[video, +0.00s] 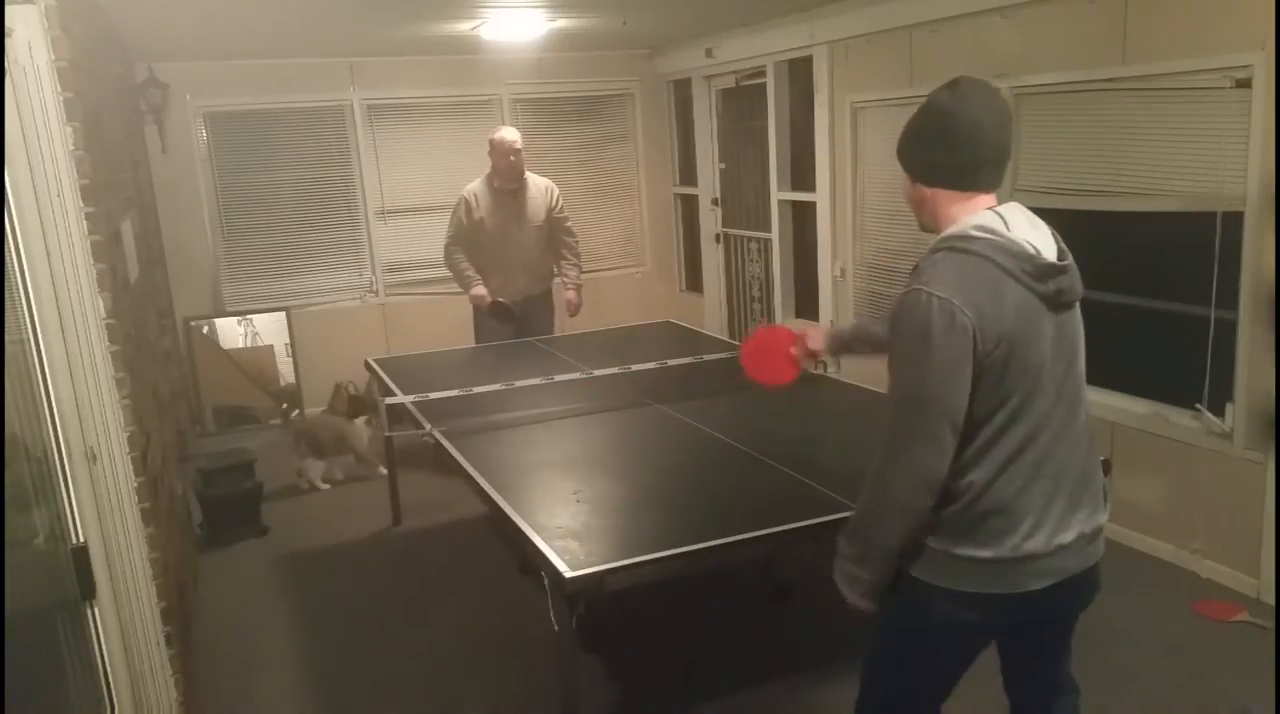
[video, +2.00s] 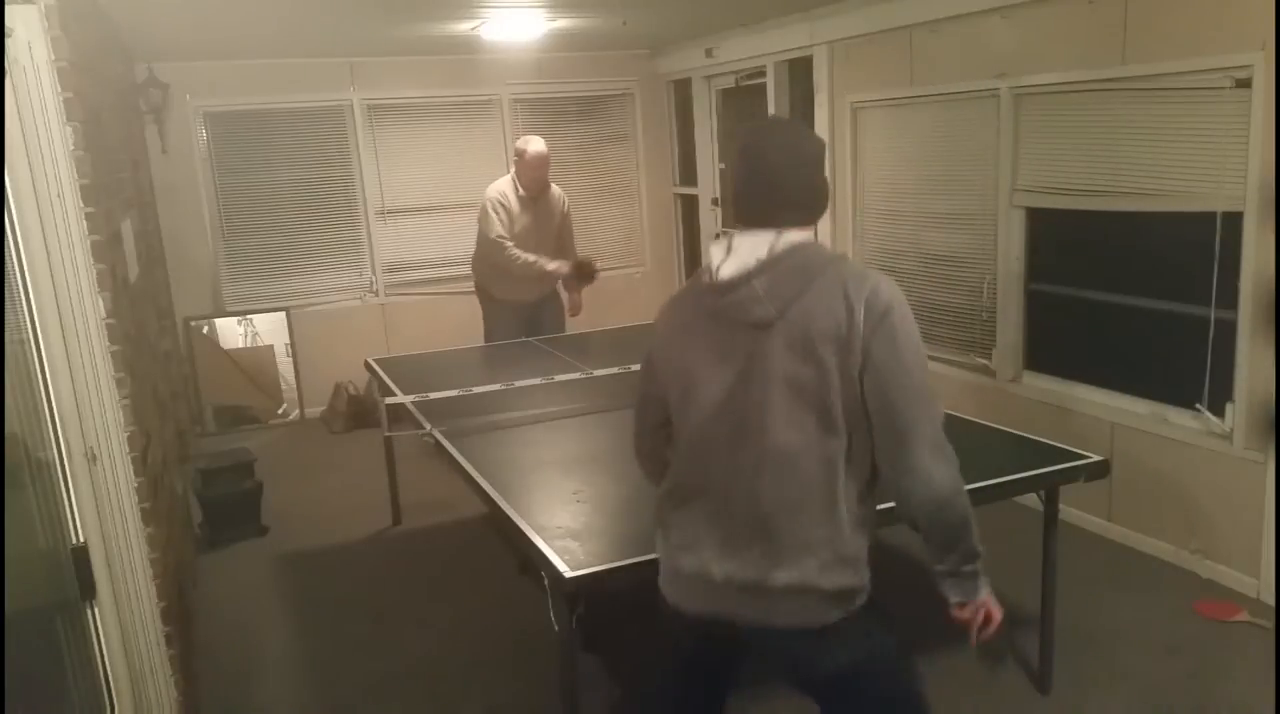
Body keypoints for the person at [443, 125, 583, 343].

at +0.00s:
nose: (513, 160)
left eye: (517, 152)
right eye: (505, 154)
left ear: (524, 152)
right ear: (491, 156)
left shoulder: (546, 190)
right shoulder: (472, 197)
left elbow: (566, 240)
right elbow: (453, 247)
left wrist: (571, 285)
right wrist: (473, 284)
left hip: (538, 302)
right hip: (492, 307)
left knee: (541, 372)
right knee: (495, 372)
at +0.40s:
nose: (520, 164)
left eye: (524, 157)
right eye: (512, 158)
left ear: (530, 154)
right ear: (497, 157)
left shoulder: (549, 192)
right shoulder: (480, 196)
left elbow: (566, 242)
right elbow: (461, 245)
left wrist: (572, 288)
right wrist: (496, 280)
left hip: (540, 297)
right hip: (497, 300)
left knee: (543, 367)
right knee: (499, 369)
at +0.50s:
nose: (521, 165)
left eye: (526, 157)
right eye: (513, 159)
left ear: (532, 155)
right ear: (498, 158)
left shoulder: (548, 192)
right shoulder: (481, 195)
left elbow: (564, 242)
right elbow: (470, 241)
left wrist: (572, 287)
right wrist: (515, 262)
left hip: (540, 296)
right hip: (496, 299)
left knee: (545, 366)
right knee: (500, 369)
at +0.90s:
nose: (522, 160)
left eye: (526, 153)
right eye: (515, 154)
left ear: (534, 152)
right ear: (499, 154)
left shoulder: (551, 192)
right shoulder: (482, 193)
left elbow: (565, 244)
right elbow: (459, 238)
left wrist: (571, 288)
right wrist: (485, 266)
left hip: (540, 297)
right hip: (498, 299)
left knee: (542, 368)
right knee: (501, 370)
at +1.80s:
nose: (527, 165)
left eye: (530, 157)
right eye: (519, 159)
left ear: (536, 155)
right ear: (503, 157)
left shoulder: (554, 192)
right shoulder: (484, 194)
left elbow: (571, 243)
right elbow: (466, 244)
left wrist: (575, 287)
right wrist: (501, 278)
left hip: (544, 296)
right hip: (499, 300)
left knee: (550, 366)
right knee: (503, 368)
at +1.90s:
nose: (536, 172)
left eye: (539, 164)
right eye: (529, 165)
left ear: (544, 162)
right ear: (511, 161)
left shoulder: (557, 195)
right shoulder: (490, 196)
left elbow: (570, 248)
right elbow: (479, 249)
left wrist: (576, 287)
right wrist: (525, 278)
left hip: (546, 302)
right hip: (501, 303)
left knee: (552, 371)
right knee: (504, 371)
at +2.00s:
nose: (541, 177)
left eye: (545, 169)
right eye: (533, 171)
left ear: (549, 165)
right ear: (516, 165)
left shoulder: (557, 197)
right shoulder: (496, 197)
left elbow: (567, 248)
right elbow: (497, 250)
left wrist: (573, 291)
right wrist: (550, 266)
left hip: (545, 296)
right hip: (503, 299)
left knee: (554, 363)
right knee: (506, 367)